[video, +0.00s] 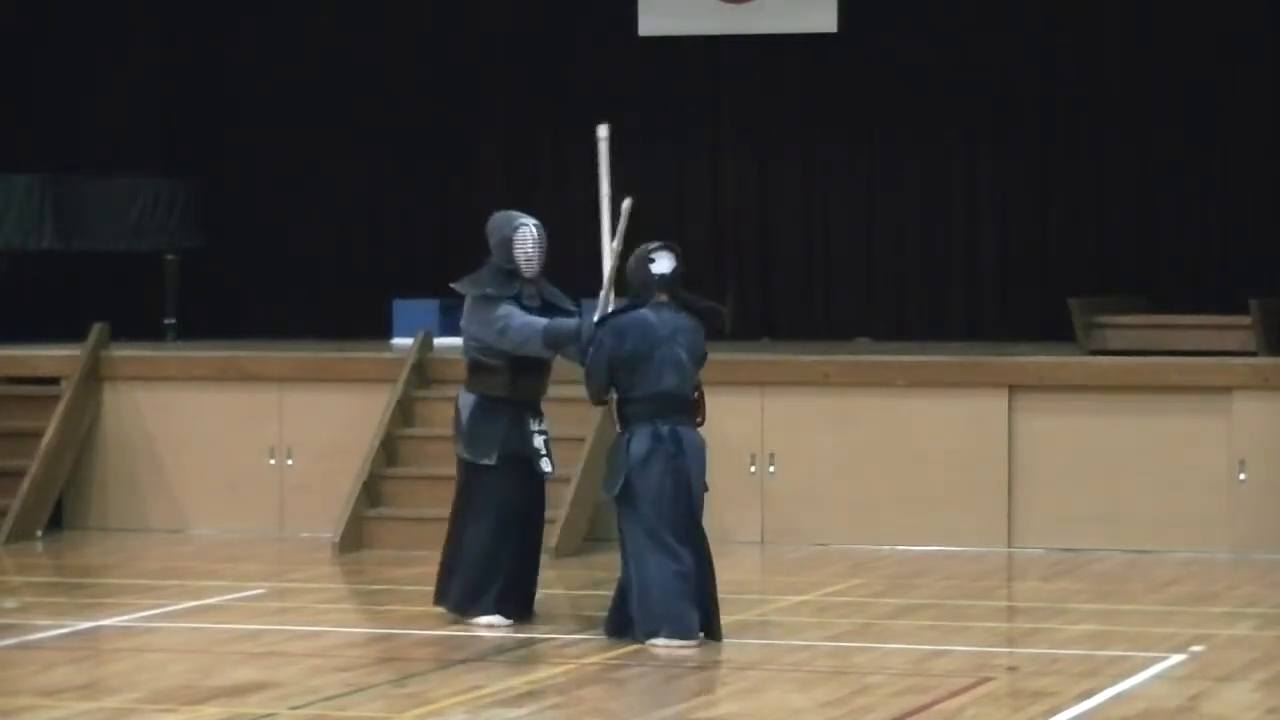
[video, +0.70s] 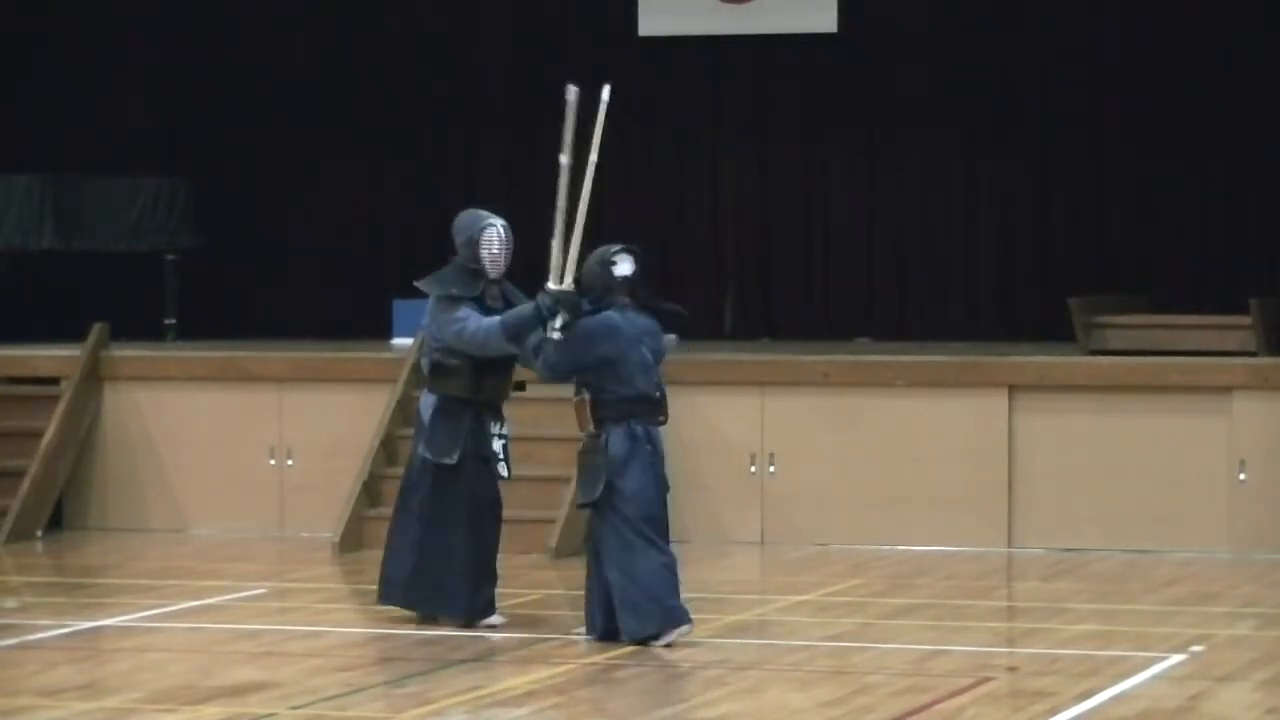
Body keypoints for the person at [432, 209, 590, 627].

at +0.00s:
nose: (533, 254)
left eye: (537, 245)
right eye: (524, 245)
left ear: (543, 249)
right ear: (502, 248)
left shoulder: (542, 296)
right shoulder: (485, 301)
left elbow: (578, 323)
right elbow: (525, 332)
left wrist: (615, 309)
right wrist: (583, 329)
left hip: (525, 412)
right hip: (490, 411)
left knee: (526, 508)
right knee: (493, 506)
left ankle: (512, 603)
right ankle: (476, 603)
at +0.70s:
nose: (498, 253)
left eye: (502, 244)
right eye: (489, 244)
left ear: (508, 248)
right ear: (468, 249)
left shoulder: (506, 296)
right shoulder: (448, 300)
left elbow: (534, 347)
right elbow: (481, 335)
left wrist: (562, 320)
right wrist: (539, 309)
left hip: (485, 412)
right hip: (450, 411)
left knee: (481, 507)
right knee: (453, 506)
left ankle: (474, 604)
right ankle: (443, 603)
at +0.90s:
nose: (494, 251)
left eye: (499, 242)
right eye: (486, 242)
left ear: (505, 247)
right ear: (465, 246)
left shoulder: (502, 293)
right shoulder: (446, 296)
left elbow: (514, 353)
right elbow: (465, 351)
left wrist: (533, 322)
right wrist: (520, 316)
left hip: (489, 409)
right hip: (451, 408)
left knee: (481, 507)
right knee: (444, 503)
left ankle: (473, 608)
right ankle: (433, 600)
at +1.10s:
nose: (488, 250)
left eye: (492, 241)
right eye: (479, 241)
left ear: (499, 246)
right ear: (459, 247)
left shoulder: (506, 296)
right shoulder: (442, 297)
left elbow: (527, 343)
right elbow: (443, 358)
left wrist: (528, 345)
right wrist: (500, 351)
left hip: (492, 412)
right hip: (451, 412)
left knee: (488, 510)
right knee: (445, 507)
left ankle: (479, 608)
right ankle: (430, 604)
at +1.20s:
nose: (486, 250)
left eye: (492, 240)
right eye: (477, 241)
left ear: (500, 245)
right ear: (457, 246)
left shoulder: (506, 296)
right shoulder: (440, 299)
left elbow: (513, 358)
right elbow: (446, 362)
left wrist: (532, 355)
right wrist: (514, 352)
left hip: (489, 412)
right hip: (448, 412)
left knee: (487, 509)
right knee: (447, 508)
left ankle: (481, 608)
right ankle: (434, 601)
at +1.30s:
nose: (484, 250)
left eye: (489, 241)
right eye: (475, 242)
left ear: (495, 244)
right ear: (454, 246)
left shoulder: (503, 296)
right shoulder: (437, 297)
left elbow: (516, 354)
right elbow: (445, 360)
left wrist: (530, 370)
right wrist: (509, 352)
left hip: (484, 409)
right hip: (444, 409)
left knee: (485, 509)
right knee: (443, 509)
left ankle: (480, 609)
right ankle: (433, 609)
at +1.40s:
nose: (474, 251)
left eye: (479, 242)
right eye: (465, 242)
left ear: (487, 246)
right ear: (444, 248)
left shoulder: (493, 298)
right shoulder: (428, 299)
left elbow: (517, 347)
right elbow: (448, 349)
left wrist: (536, 367)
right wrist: (512, 351)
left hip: (475, 410)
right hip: (436, 410)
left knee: (481, 507)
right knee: (443, 508)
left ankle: (485, 606)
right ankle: (453, 610)